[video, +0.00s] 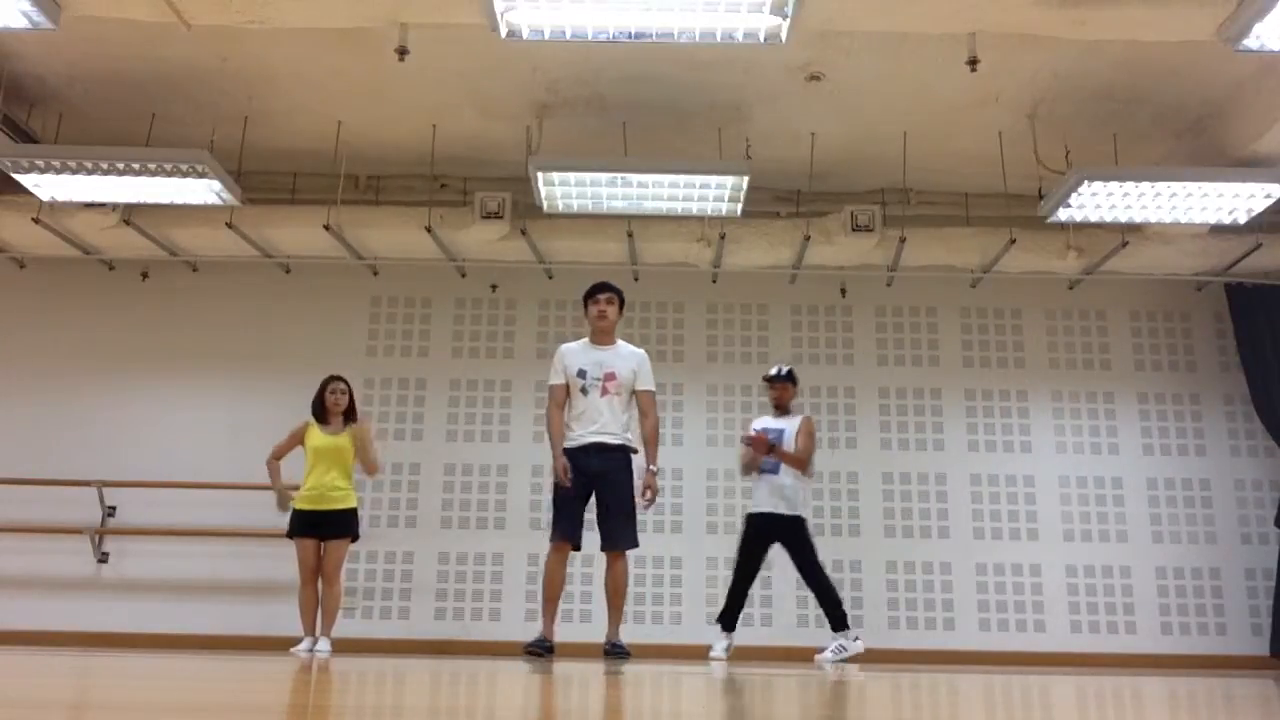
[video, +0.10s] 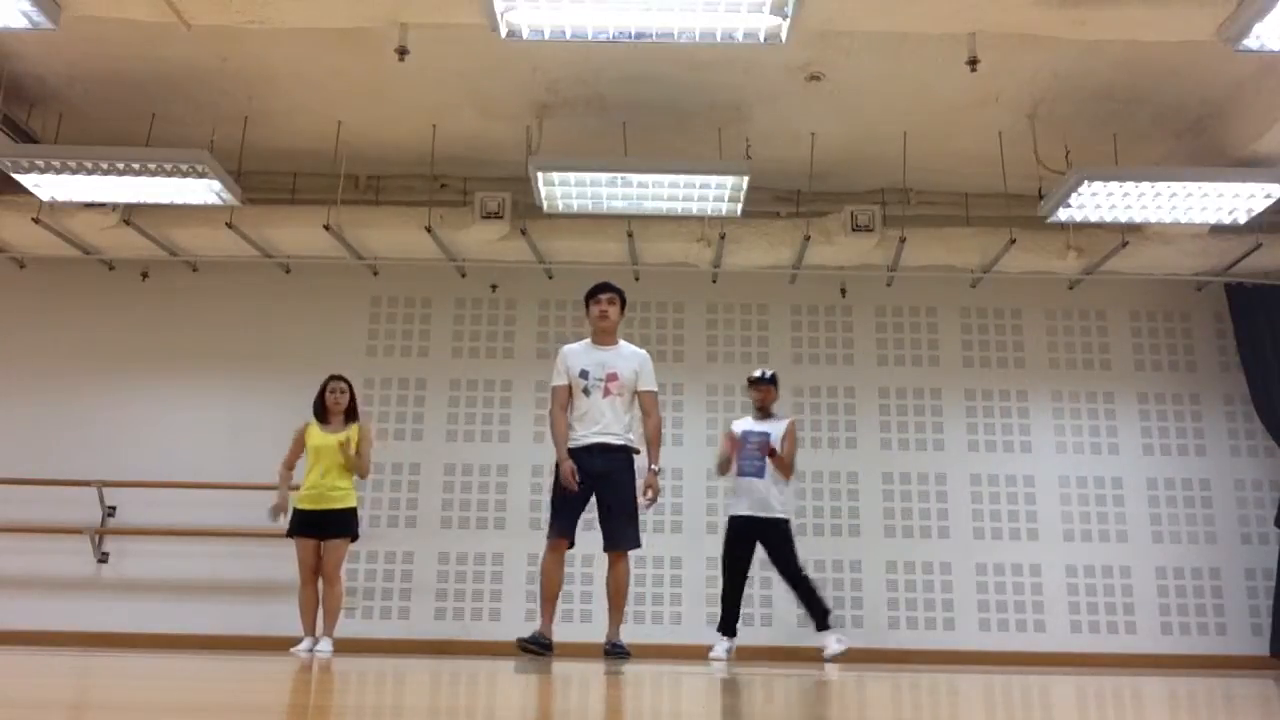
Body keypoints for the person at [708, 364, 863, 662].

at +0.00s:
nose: (775, 394)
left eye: (781, 388)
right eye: (771, 388)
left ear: (793, 391)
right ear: (767, 391)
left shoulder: (803, 423)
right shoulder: (760, 424)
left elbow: (803, 464)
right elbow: (746, 468)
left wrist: (771, 450)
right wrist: (755, 451)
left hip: (790, 515)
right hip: (760, 513)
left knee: (813, 576)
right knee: (742, 576)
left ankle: (845, 636)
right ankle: (724, 635)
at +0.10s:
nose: (760, 396)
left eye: (765, 390)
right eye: (755, 390)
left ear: (775, 394)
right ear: (749, 393)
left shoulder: (785, 426)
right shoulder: (738, 427)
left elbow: (787, 472)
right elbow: (721, 470)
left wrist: (771, 453)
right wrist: (729, 453)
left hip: (773, 515)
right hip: (741, 514)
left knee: (792, 574)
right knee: (732, 579)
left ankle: (828, 633)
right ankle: (725, 638)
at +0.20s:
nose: (748, 396)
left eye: (753, 390)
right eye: (743, 390)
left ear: (763, 394)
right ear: (735, 394)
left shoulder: (773, 425)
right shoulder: (724, 426)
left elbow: (776, 471)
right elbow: (712, 470)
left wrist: (772, 453)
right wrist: (713, 447)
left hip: (762, 511)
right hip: (731, 510)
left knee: (773, 571)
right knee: (727, 575)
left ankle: (796, 632)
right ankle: (724, 638)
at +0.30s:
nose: (738, 396)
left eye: (744, 390)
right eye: (733, 390)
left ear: (752, 394)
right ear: (726, 394)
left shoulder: (764, 425)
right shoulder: (716, 427)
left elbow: (768, 468)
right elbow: (708, 471)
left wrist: (764, 452)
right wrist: (710, 448)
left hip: (755, 508)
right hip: (723, 507)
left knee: (763, 570)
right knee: (722, 575)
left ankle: (759, 625)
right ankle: (722, 636)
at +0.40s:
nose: (732, 399)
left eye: (738, 394)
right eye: (727, 394)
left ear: (746, 398)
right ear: (720, 398)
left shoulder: (759, 429)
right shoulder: (708, 431)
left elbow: (763, 467)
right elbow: (705, 471)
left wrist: (745, 453)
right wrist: (727, 460)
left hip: (750, 510)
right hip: (719, 508)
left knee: (749, 572)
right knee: (720, 575)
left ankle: (734, 620)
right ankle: (722, 635)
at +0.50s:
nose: (729, 404)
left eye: (734, 399)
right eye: (724, 399)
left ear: (743, 402)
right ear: (717, 402)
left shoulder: (756, 433)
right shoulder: (706, 433)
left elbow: (763, 469)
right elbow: (698, 473)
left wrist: (746, 448)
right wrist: (714, 456)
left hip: (744, 513)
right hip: (715, 510)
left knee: (736, 576)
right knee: (717, 575)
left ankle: (722, 634)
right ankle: (722, 636)